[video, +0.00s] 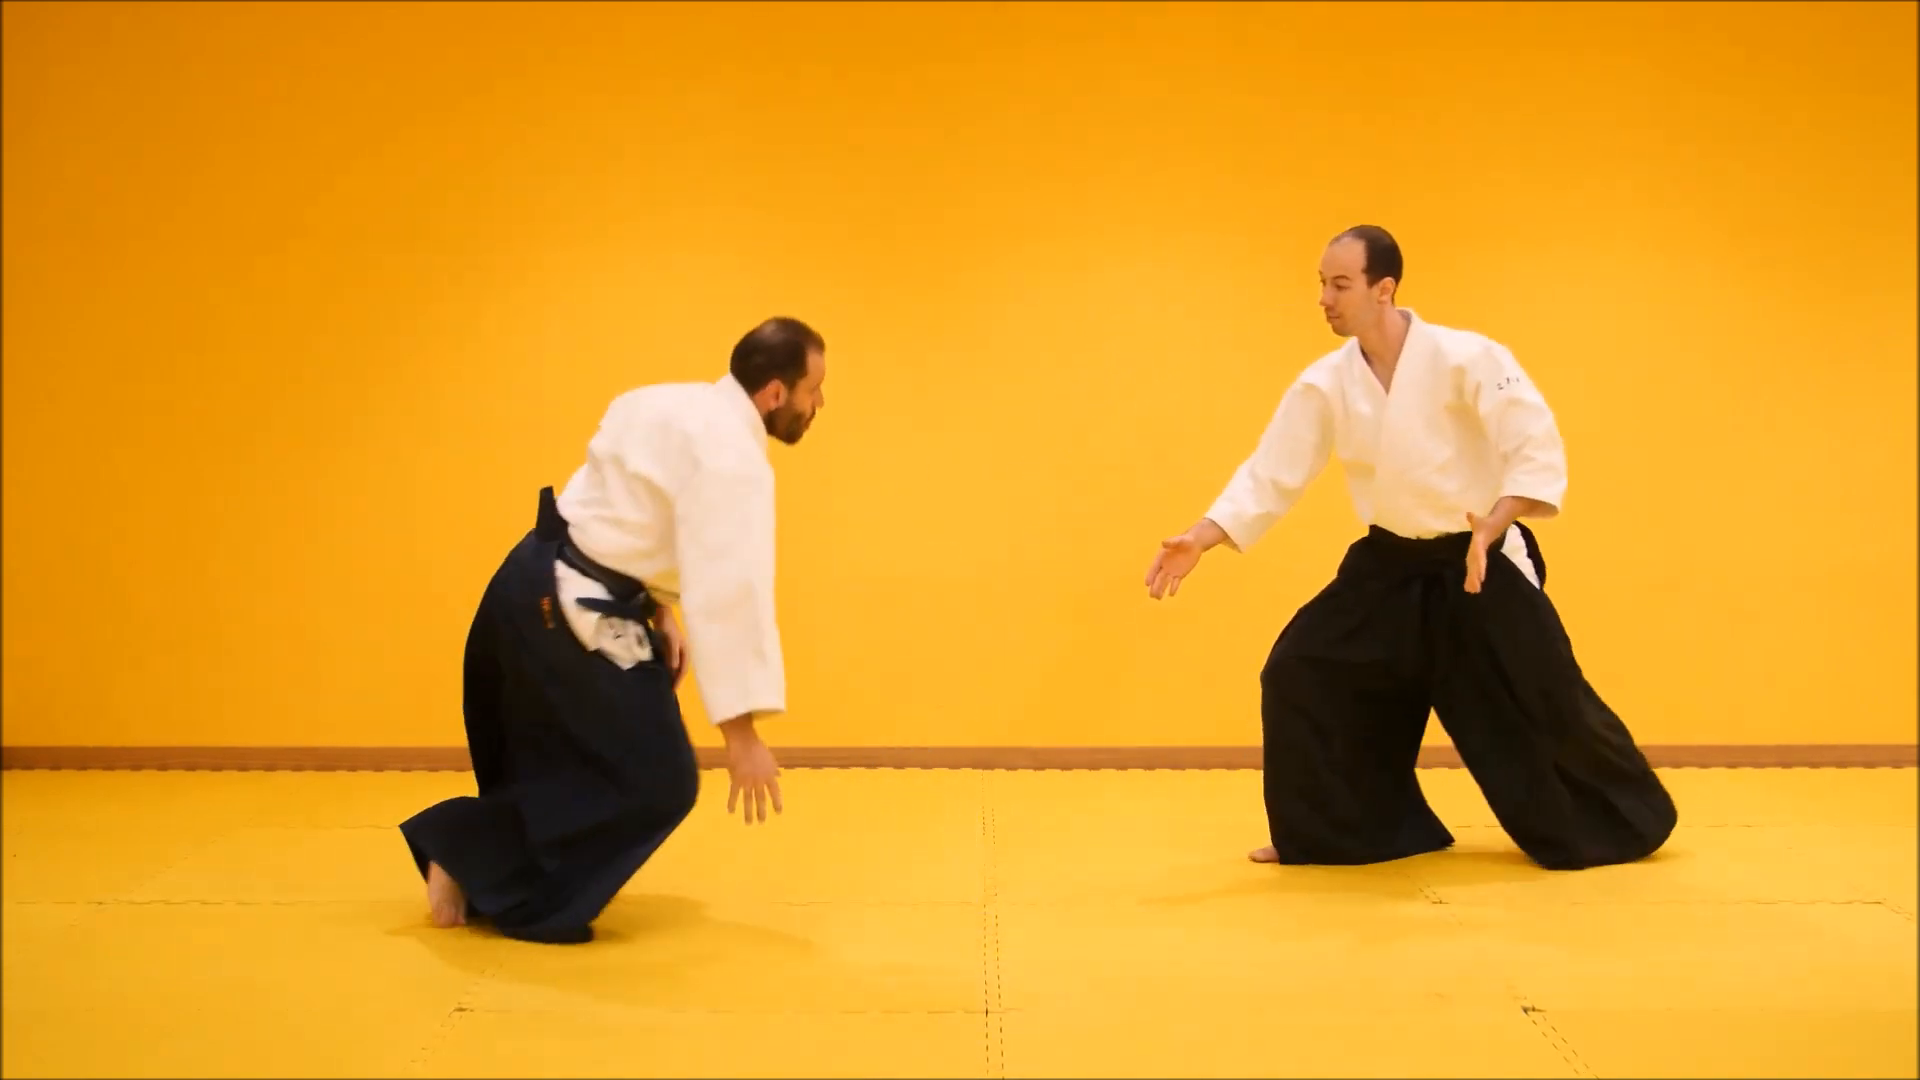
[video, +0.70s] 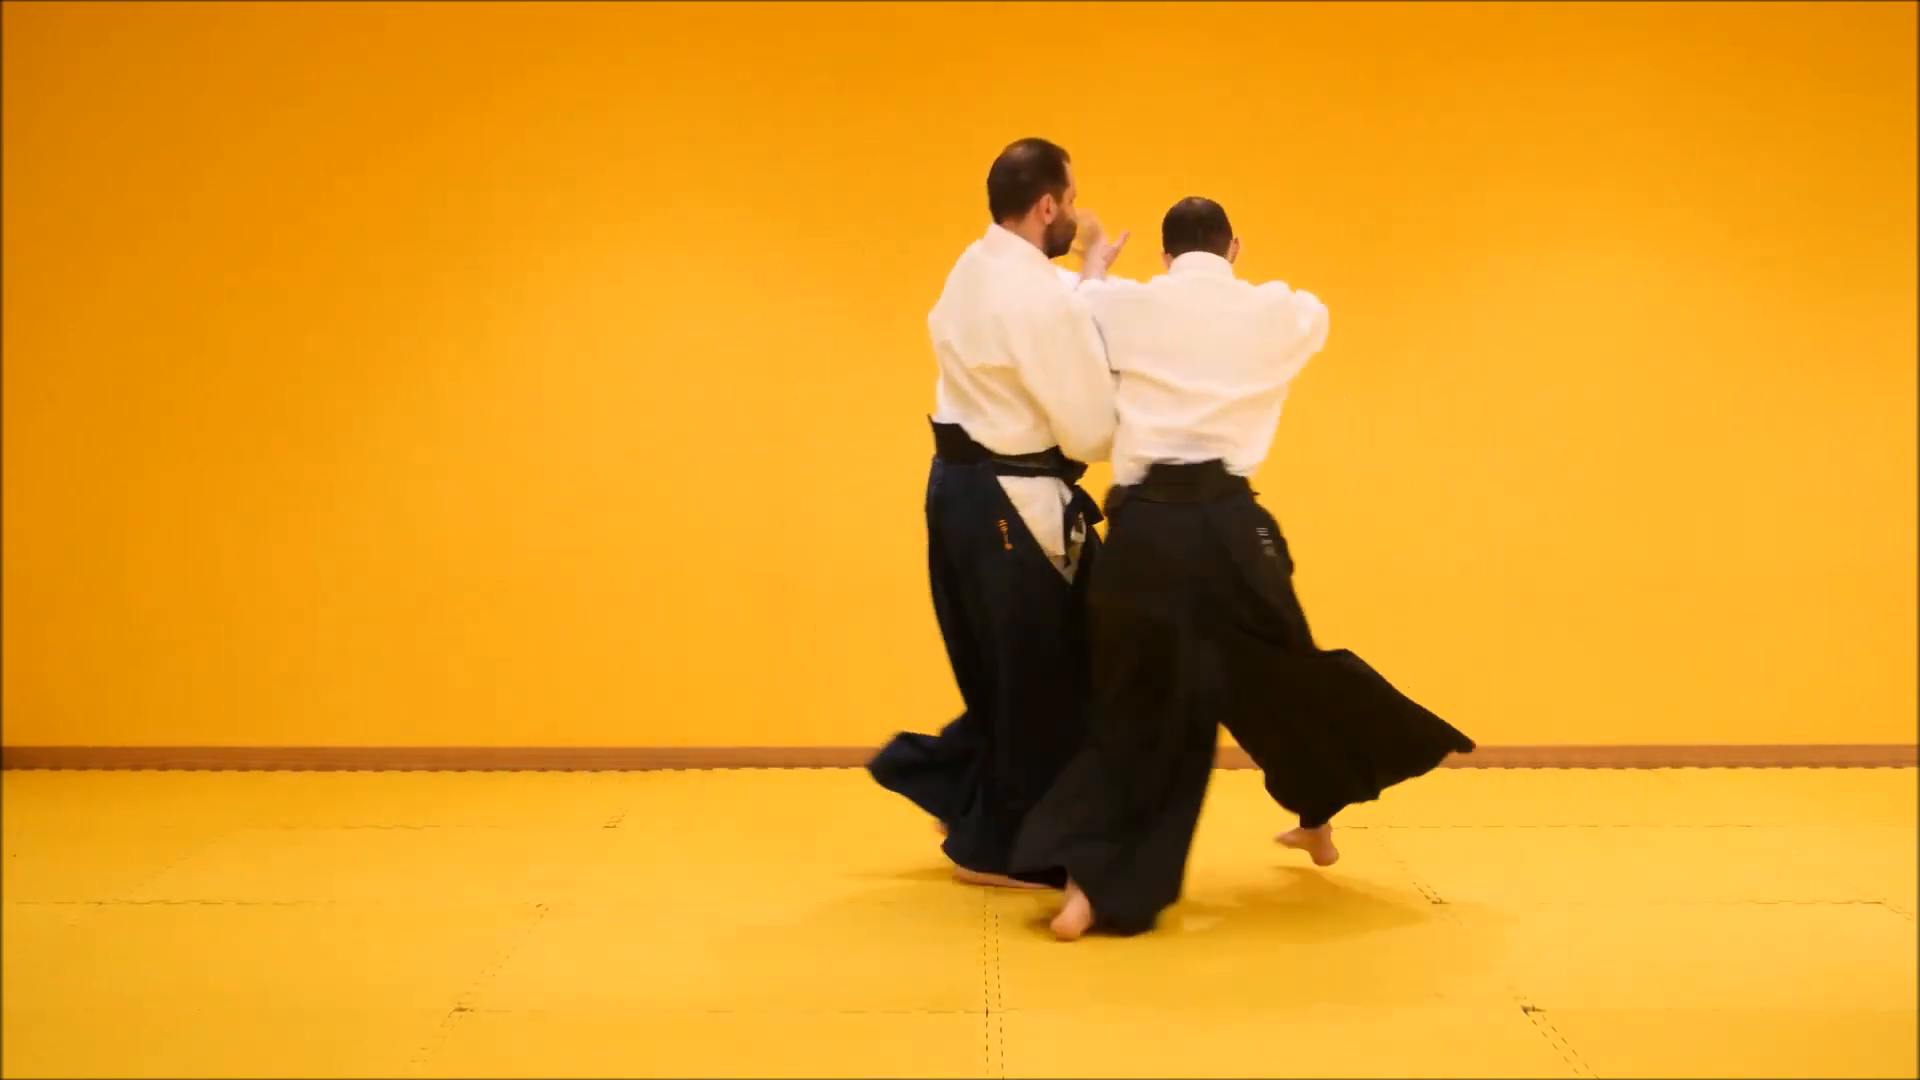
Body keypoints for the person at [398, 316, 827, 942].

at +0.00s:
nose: (820, 403)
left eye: (821, 388)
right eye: (816, 388)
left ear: (754, 382)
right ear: (775, 392)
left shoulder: (672, 401)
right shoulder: (732, 453)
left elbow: (612, 509)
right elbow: (724, 600)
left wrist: (658, 607)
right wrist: (742, 735)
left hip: (532, 578)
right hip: (578, 611)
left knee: (564, 749)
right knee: (663, 784)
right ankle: (466, 847)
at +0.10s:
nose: (827, 347)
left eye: (828, 331)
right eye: (822, 330)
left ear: (754, 326)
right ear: (784, 333)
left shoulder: (648, 368)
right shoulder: (762, 413)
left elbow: (606, 487)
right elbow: (751, 553)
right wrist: (769, 678)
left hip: (560, 567)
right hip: (635, 591)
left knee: (559, 715)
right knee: (749, 732)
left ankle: (510, 857)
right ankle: (615, 864)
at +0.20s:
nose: (850, 321)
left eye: (850, 306)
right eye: (845, 306)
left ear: (778, 307)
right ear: (808, 311)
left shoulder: (677, 356)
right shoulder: (797, 393)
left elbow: (647, 479)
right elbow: (801, 535)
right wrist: (854, 645)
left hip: (617, 557)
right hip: (697, 573)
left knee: (620, 713)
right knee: (826, 691)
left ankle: (496, 847)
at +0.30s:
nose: (897, 307)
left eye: (895, 292)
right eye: (890, 293)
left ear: (823, 295)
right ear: (855, 298)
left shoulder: (733, 349)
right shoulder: (845, 380)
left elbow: (723, 474)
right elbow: (885, 518)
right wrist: (980, 587)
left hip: (683, 550)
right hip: (762, 561)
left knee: (655, 720)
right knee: (917, 658)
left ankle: (485, 832)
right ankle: (951, 845)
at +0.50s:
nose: (1012, 261)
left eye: (1009, 247)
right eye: (1007, 249)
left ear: (944, 256)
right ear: (976, 262)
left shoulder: (898, 316)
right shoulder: (957, 347)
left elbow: (996, 388)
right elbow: (1036, 464)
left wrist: (1068, 423)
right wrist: (1120, 449)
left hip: (851, 528)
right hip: (918, 544)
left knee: (830, 687)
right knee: (1023, 676)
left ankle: (654, 771)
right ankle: (1016, 852)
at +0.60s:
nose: (1043, 236)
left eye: (1042, 223)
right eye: (1041, 223)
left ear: (970, 225)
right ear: (1019, 228)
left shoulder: (935, 285)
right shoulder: (1004, 320)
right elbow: (1075, 444)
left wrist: (1041, 326)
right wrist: (1115, 407)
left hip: (908, 501)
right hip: (976, 515)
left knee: (931, 673)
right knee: (1038, 676)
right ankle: (1009, 854)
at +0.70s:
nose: (1074, 211)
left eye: (1072, 198)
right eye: (1071, 198)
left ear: (1002, 203)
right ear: (1048, 204)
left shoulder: (969, 269)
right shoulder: (1039, 293)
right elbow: (1089, 429)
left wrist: (1084, 279)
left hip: (956, 485)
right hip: (1016, 496)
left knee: (997, 669)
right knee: (1043, 674)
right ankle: (997, 843)